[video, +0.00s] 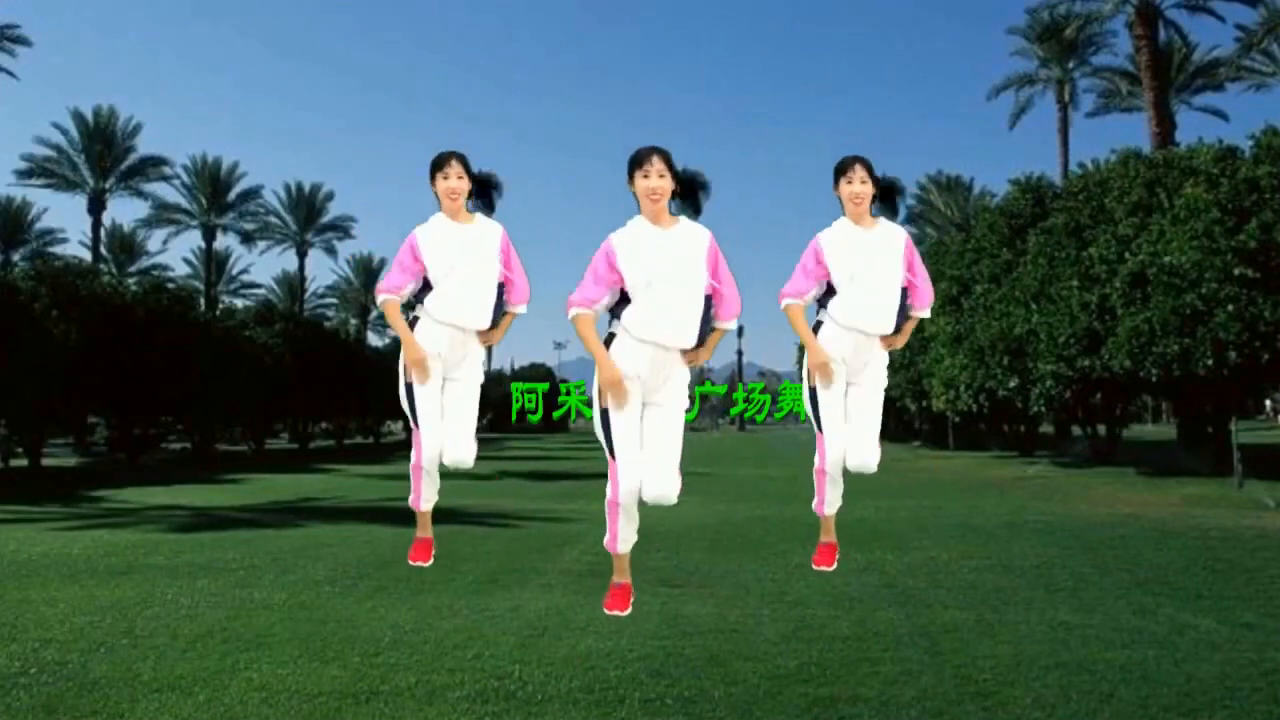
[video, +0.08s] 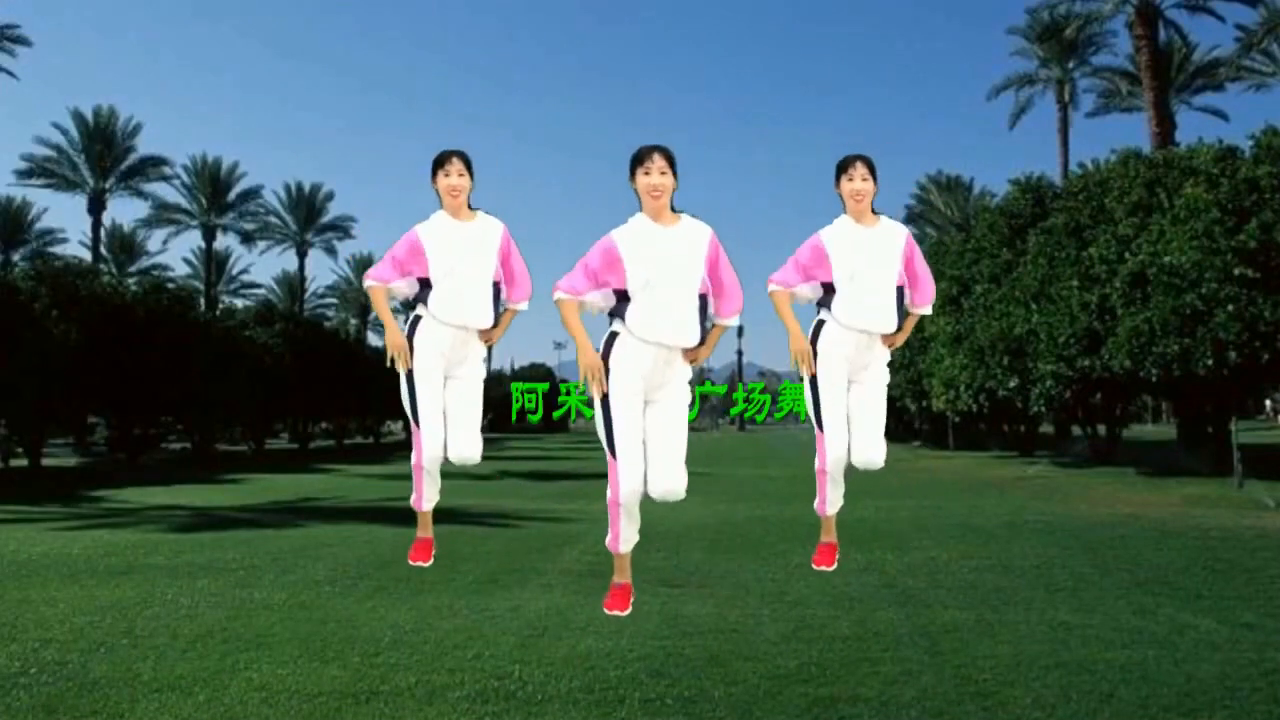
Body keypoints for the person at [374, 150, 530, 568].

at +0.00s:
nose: (453, 184)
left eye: (460, 177)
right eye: (445, 178)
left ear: (471, 184)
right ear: (434, 186)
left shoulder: (493, 234)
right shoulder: (424, 236)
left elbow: (519, 292)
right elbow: (387, 293)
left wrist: (496, 333)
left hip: (470, 343)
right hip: (427, 338)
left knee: (461, 455)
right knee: (427, 442)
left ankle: (430, 435)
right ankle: (424, 531)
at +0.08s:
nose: (454, 181)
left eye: (461, 174)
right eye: (446, 175)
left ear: (472, 181)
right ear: (435, 183)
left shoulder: (494, 231)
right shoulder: (424, 234)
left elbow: (520, 288)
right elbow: (374, 280)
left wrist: (497, 330)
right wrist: (392, 330)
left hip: (472, 342)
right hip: (430, 339)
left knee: (466, 453)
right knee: (429, 444)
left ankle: (432, 418)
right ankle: (424, 533)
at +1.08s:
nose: (467, 158)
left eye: (474, 151)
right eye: (459, 152)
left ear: (488, 160)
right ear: (451, 163)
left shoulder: (510, 206)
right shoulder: (436, 209)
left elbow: (547, 258)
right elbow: (392, 249)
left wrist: (516, 306)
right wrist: (420, 292)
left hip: (490, 322)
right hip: (444, 320)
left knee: (484, 430)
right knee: (440, 429)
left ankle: (485, 532)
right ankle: (446, 530)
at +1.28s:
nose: (468, 174)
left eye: (476, 168)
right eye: (461, 167)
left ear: (489, 176)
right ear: (452, 176)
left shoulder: (502, 223)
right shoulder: (431, 220)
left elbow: (549, 260)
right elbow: (396, 272)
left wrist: (517, 296)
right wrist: (419, 320)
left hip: (500, 330)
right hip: (455, 333)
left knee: (503, 436)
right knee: (467, 438)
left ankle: (487, 532)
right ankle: (449, 532)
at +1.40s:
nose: (466, 171)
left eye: (474, 165)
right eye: (460, 165)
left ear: (488, 173)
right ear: (452, 173)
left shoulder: (505, 219)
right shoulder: (432, 218)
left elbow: (555, 244)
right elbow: (395, 272)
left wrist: (523, 282)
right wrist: (418, 317)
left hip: (498, 326)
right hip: (453, 330)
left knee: (498, 435)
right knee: (463, 436)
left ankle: (486, 531)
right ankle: (449, 531)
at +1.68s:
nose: (465, 156)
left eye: (473, 149)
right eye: (461, 150)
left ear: (493, 155)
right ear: (455, 157)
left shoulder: (515, 198)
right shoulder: (438, 202)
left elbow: (569, 212)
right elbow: (394, 248)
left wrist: (541, 198)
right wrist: (421, 294)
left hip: (494, 310)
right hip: (449, 310)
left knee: (491, 426)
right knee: (448, 428)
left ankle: (487, 531)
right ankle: (444, 530)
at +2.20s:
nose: (456, 167)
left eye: (464, 160)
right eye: (453, 160)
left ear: (483, 165)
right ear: (447, 166)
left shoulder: (501, 209)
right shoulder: (431, 208)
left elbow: (486, 245)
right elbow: (387, 245)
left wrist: (476, 188)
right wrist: (402, 289)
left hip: (472, 320)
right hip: (429, 316)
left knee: (468, 440)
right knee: (415, 428)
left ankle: (485, 528)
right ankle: (386, 519)